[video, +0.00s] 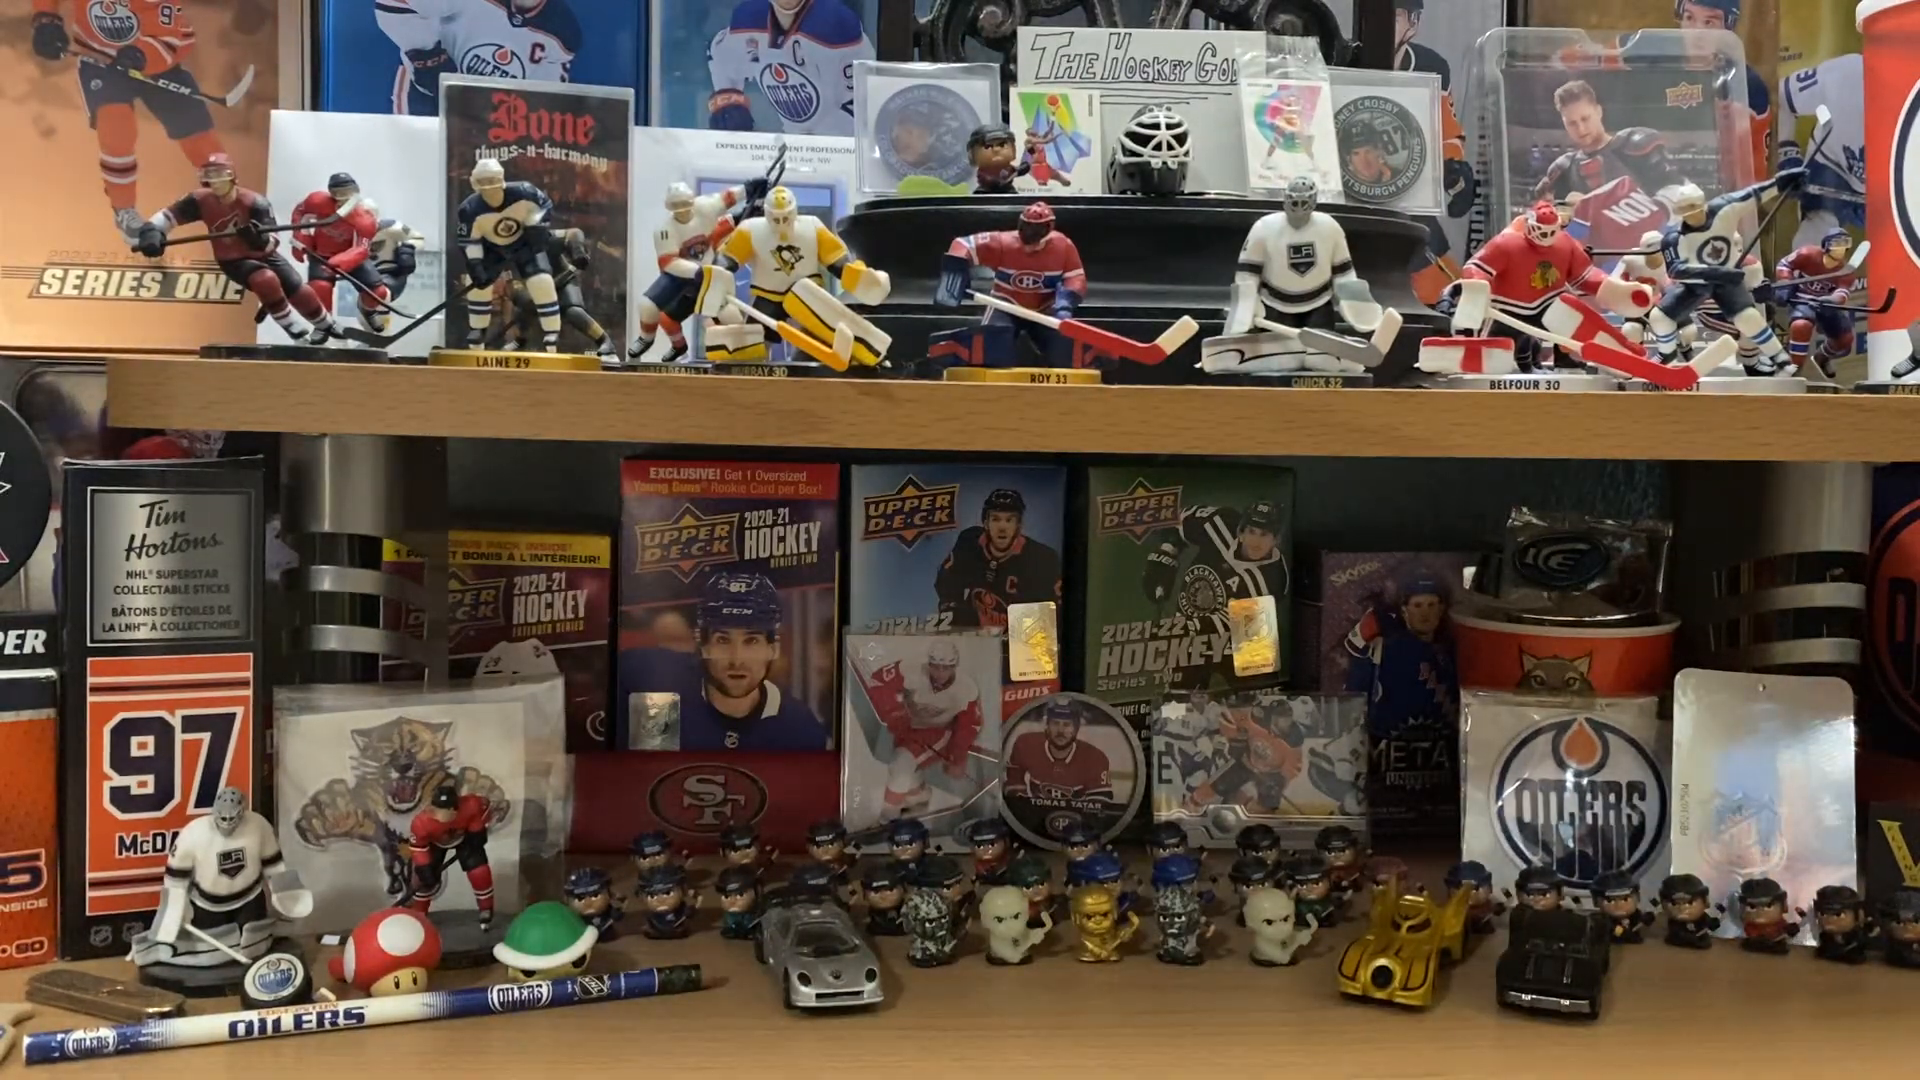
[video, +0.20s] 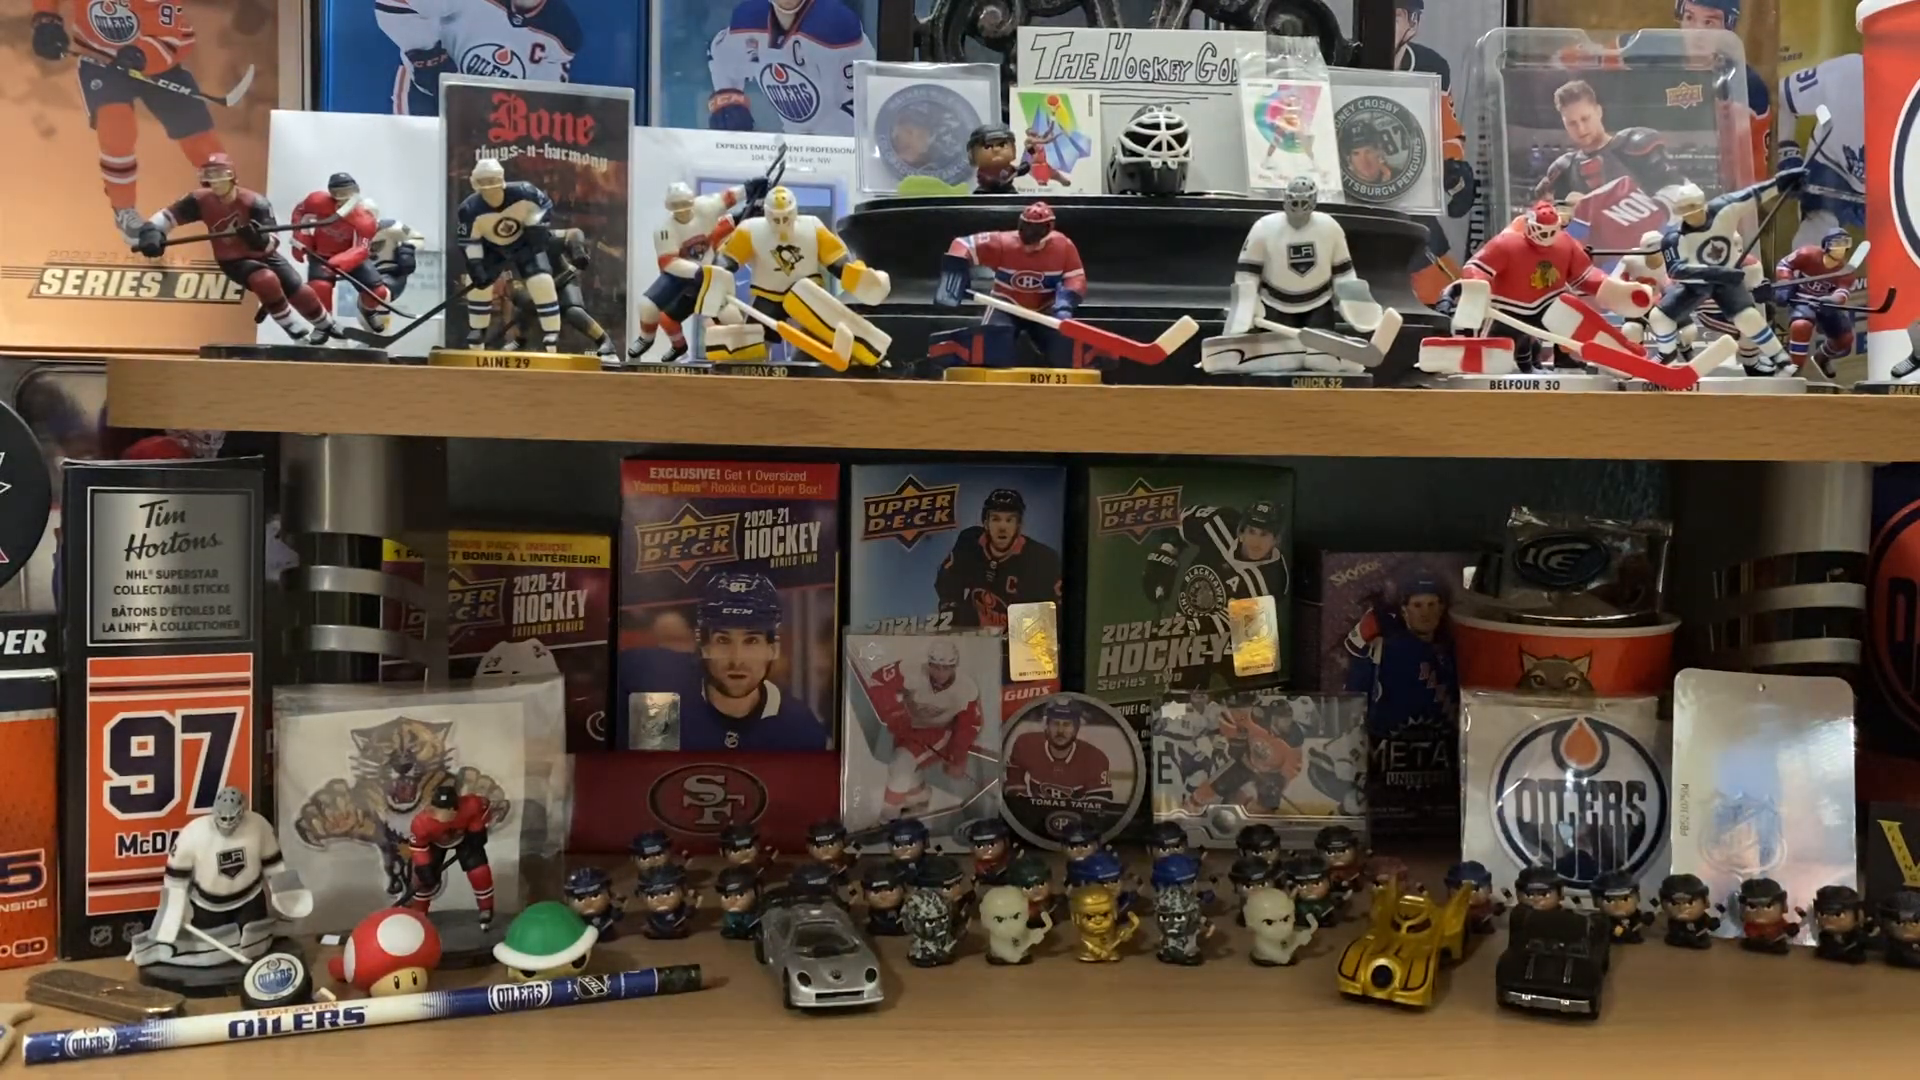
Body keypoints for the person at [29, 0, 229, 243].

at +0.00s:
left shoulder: (161, 7)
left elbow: (179, 39)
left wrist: (142, 55)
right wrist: (46, 18)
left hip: (157, 61)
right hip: (99, 61)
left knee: (206, 148)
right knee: (118, 127)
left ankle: (231, 208)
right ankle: (125, 211)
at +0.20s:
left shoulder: (160, 7)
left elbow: (178, 39)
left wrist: (142, 54)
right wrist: (46, 18)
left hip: (157, 61)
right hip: (100, 61)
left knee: (206, 148)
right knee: (118, 128)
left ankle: (232, 209)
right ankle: (125, 211)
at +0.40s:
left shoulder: (160, 7)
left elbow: (179, 39)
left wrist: (142, 54)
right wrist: (46, 18)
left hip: (157, 61)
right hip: (100, 61)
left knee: (206, 148)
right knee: (118, 128)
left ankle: (232, 209)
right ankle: (125, 211)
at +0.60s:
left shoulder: (160, 7)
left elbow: (178, 39)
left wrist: (142, 54)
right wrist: (46, 18)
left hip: (157, 61)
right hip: (100, 61)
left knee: (205, 148)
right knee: (118, 127)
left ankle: (232, 208)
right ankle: (125, 211)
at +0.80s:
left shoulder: (160, 7)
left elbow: (175, 40)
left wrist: (142, 54)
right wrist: (46, 18)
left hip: (157, 62)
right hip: (100, 61)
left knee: (206, 148)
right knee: (118, 128)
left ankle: (232, 210)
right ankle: (125, 211)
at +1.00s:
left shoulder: (160, 7)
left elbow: (180, 39)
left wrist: (143, 54)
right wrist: (46, 18)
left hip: (157, 61)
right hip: (99, 60)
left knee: (205, 148)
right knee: (118, 127)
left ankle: (232, 209)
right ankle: (125, 211)